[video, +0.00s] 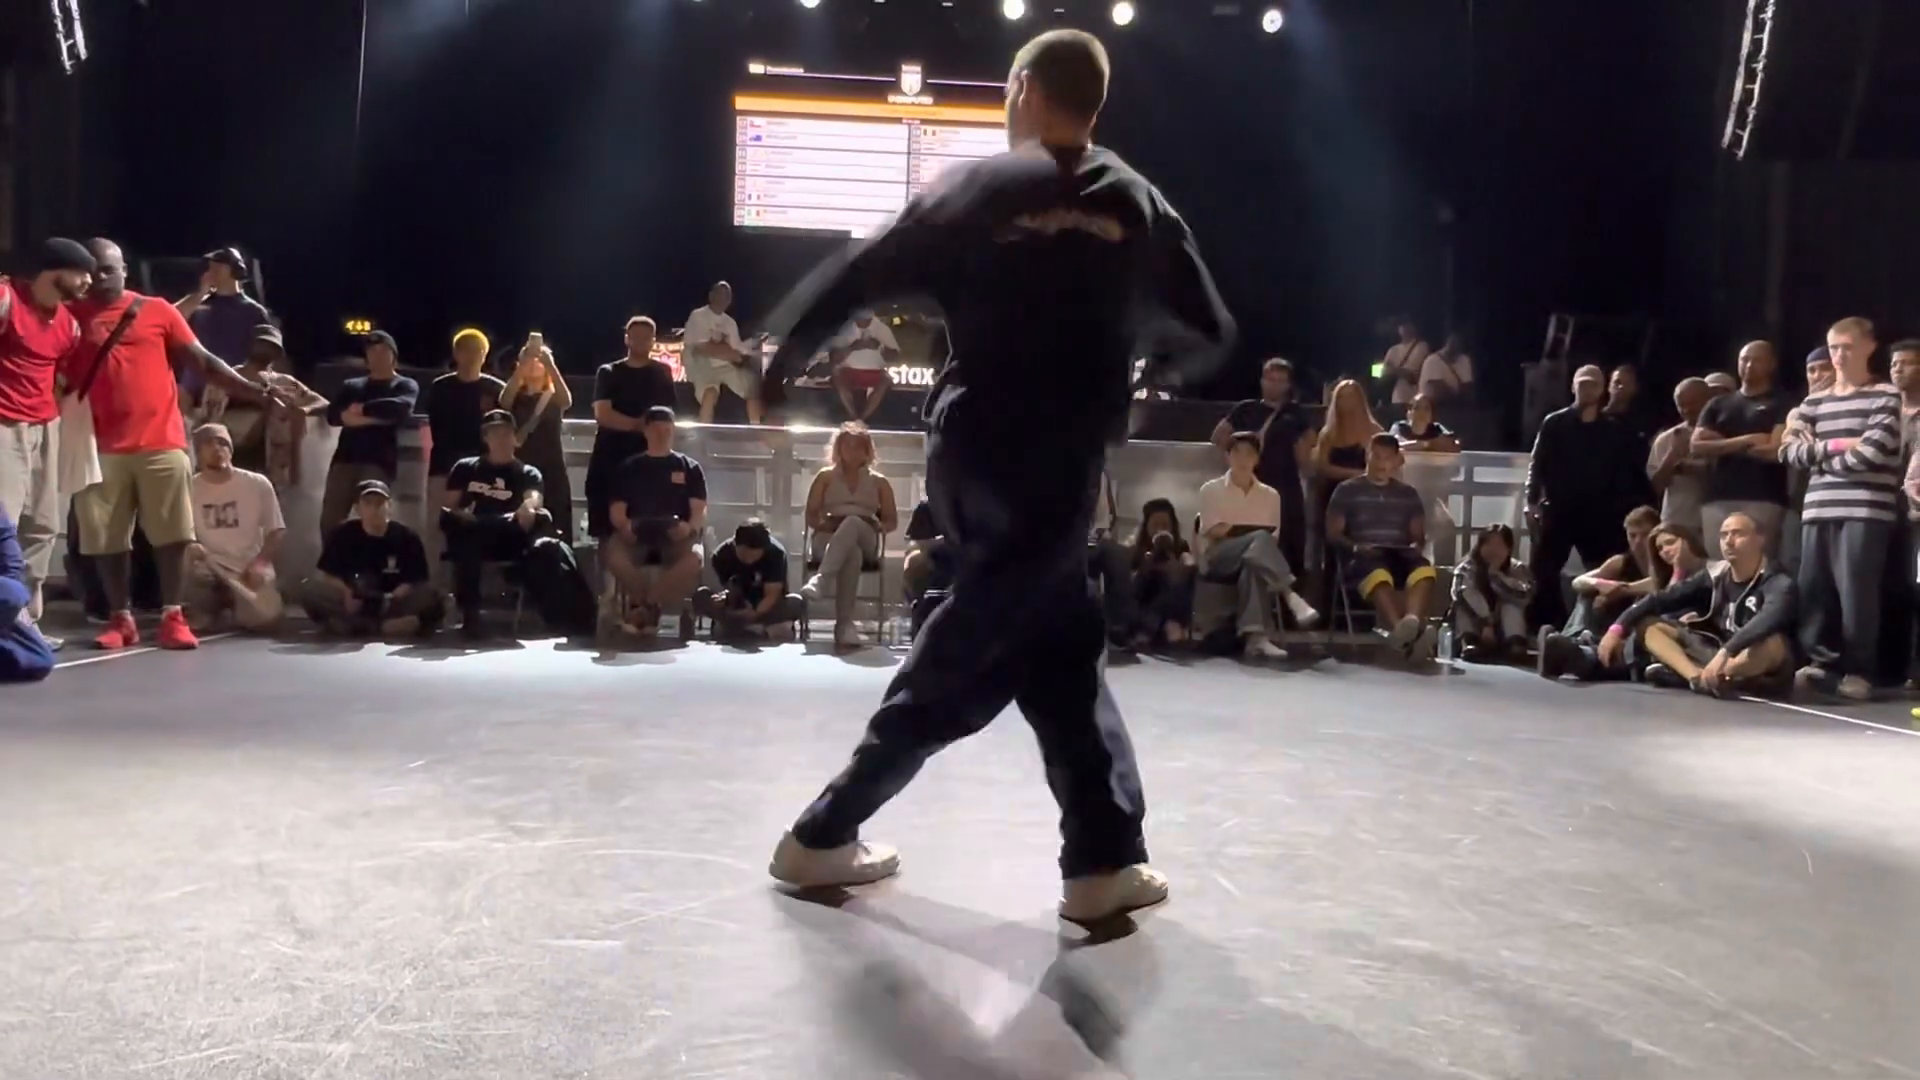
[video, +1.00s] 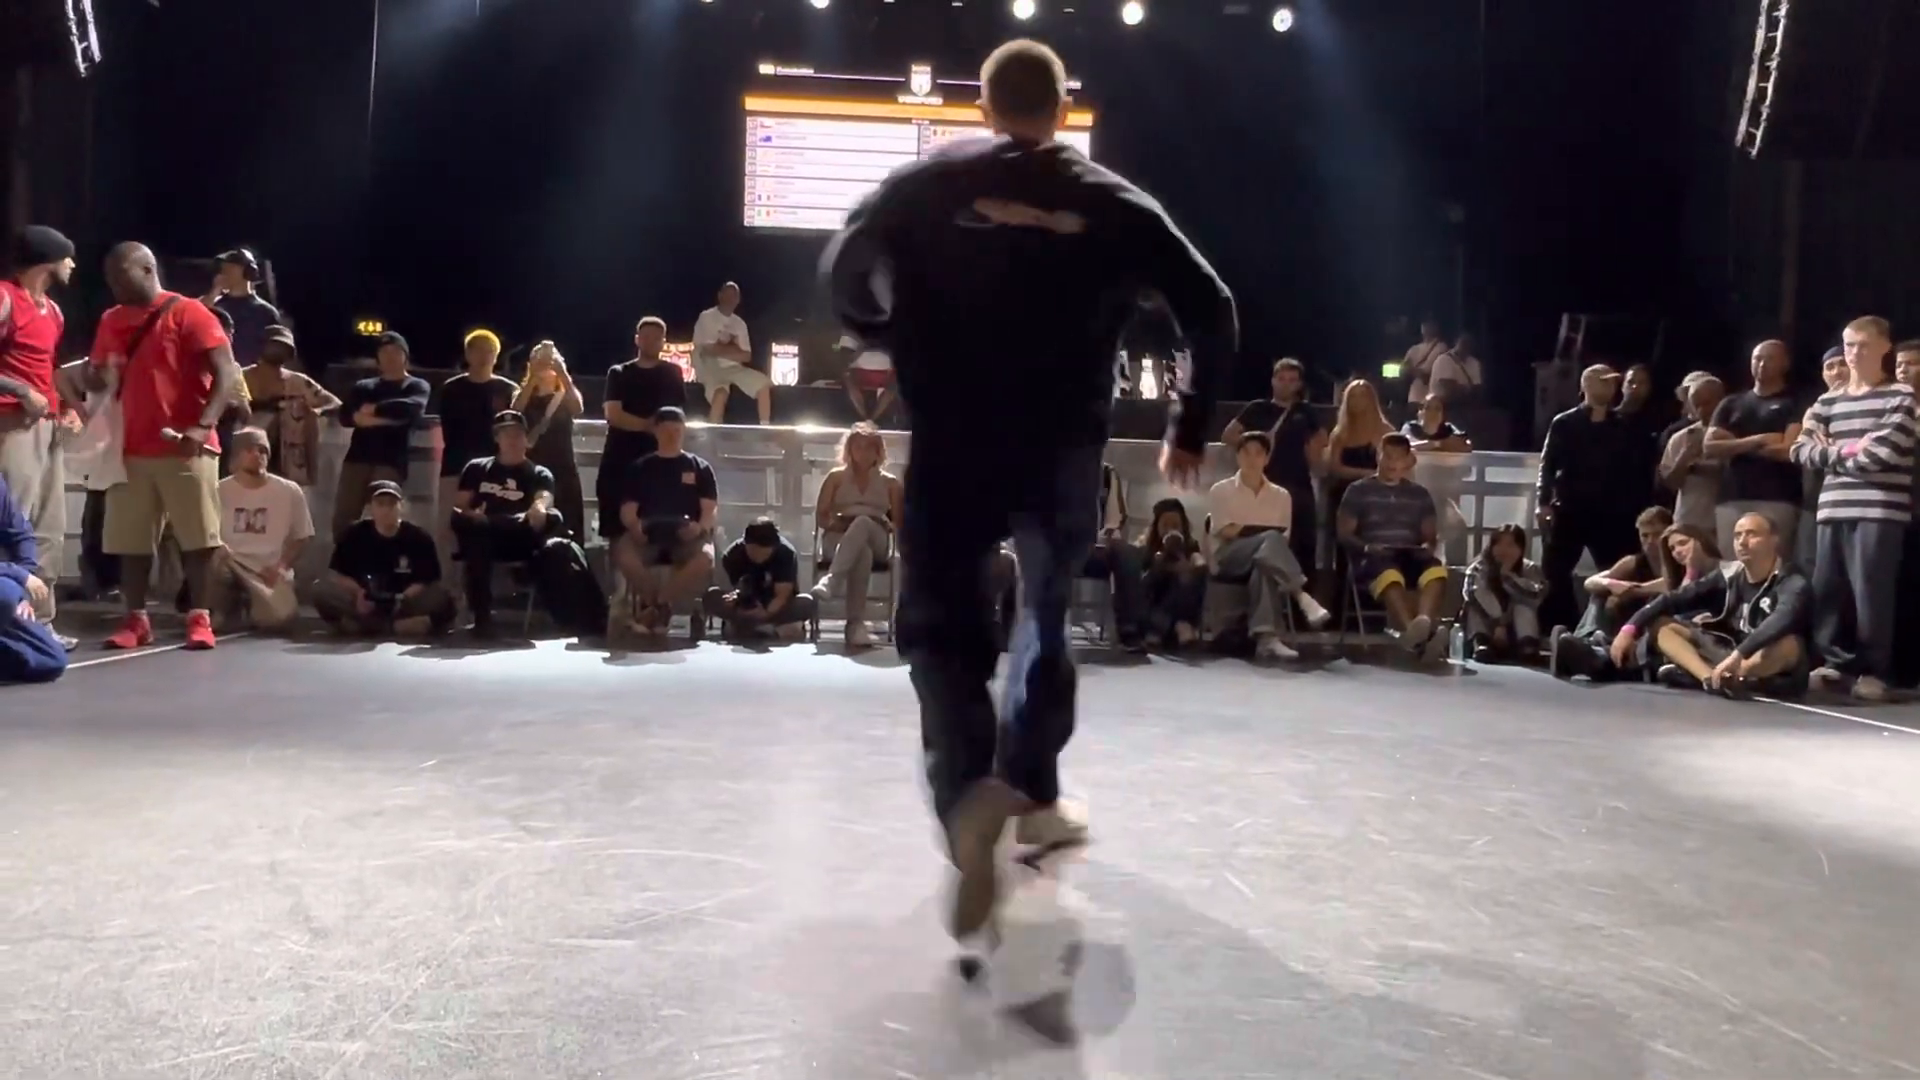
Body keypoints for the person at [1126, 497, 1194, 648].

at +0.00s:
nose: (1160, 531)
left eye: (1165, 525)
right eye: (1155, 525)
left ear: (1173, 526)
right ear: (1146, 526)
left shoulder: (1180, 546)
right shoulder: (1137, 550)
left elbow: (1189, 568)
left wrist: (1168, 552)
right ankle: (1172, 624)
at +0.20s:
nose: (1161, 531)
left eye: (1166, 526)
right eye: (1156, 526)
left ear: (1174, 526)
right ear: (1147, 527)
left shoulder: (1182, 548)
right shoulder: (1138, 551)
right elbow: (1132, 584)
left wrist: (1169, 553)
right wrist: (1150, 563)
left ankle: (1146, 632)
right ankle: (1171, 625)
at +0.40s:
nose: (1163, 532)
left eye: (1168, 527)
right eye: (1158, 527)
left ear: (1176, 527)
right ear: (1149, 528)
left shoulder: (1184, 548)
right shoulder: (1139, 551)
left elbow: (1193, 569)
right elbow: (1134, 584)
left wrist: (1171, 554)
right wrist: (1153, 562)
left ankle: (1181, 627)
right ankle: (1175, 627)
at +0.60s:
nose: (1165, 530)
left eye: (1170, 525)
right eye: (1159, 524)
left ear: (1178, 525)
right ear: (1150, 526)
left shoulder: (1185, 545)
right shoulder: (1140, 549)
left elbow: (1195, 564)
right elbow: (1136, 583)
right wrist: (1155, 557)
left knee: (1184, 575)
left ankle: (1150, 630)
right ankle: (1176, 622)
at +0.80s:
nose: (1168, 530)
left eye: (1173, 525)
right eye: (1163, 525)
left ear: (1181, 525)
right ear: (1154, 526)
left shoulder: (1188, 545)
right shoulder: (1144, 548)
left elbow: (1199, 565)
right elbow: (1139, 582)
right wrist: (1157, 561)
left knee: (1188, 575)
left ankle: (1154, 630)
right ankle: (1179, 622)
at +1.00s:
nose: (1170, 531)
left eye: (1175, 526)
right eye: (1165, 525)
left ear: (1184, 526)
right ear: (1156, 526)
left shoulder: (1191, 547)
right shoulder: (1145, 550)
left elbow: (1201, 567)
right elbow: (1142, 583)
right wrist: (1160, 562)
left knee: (1192, 576)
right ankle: (1182, 623)